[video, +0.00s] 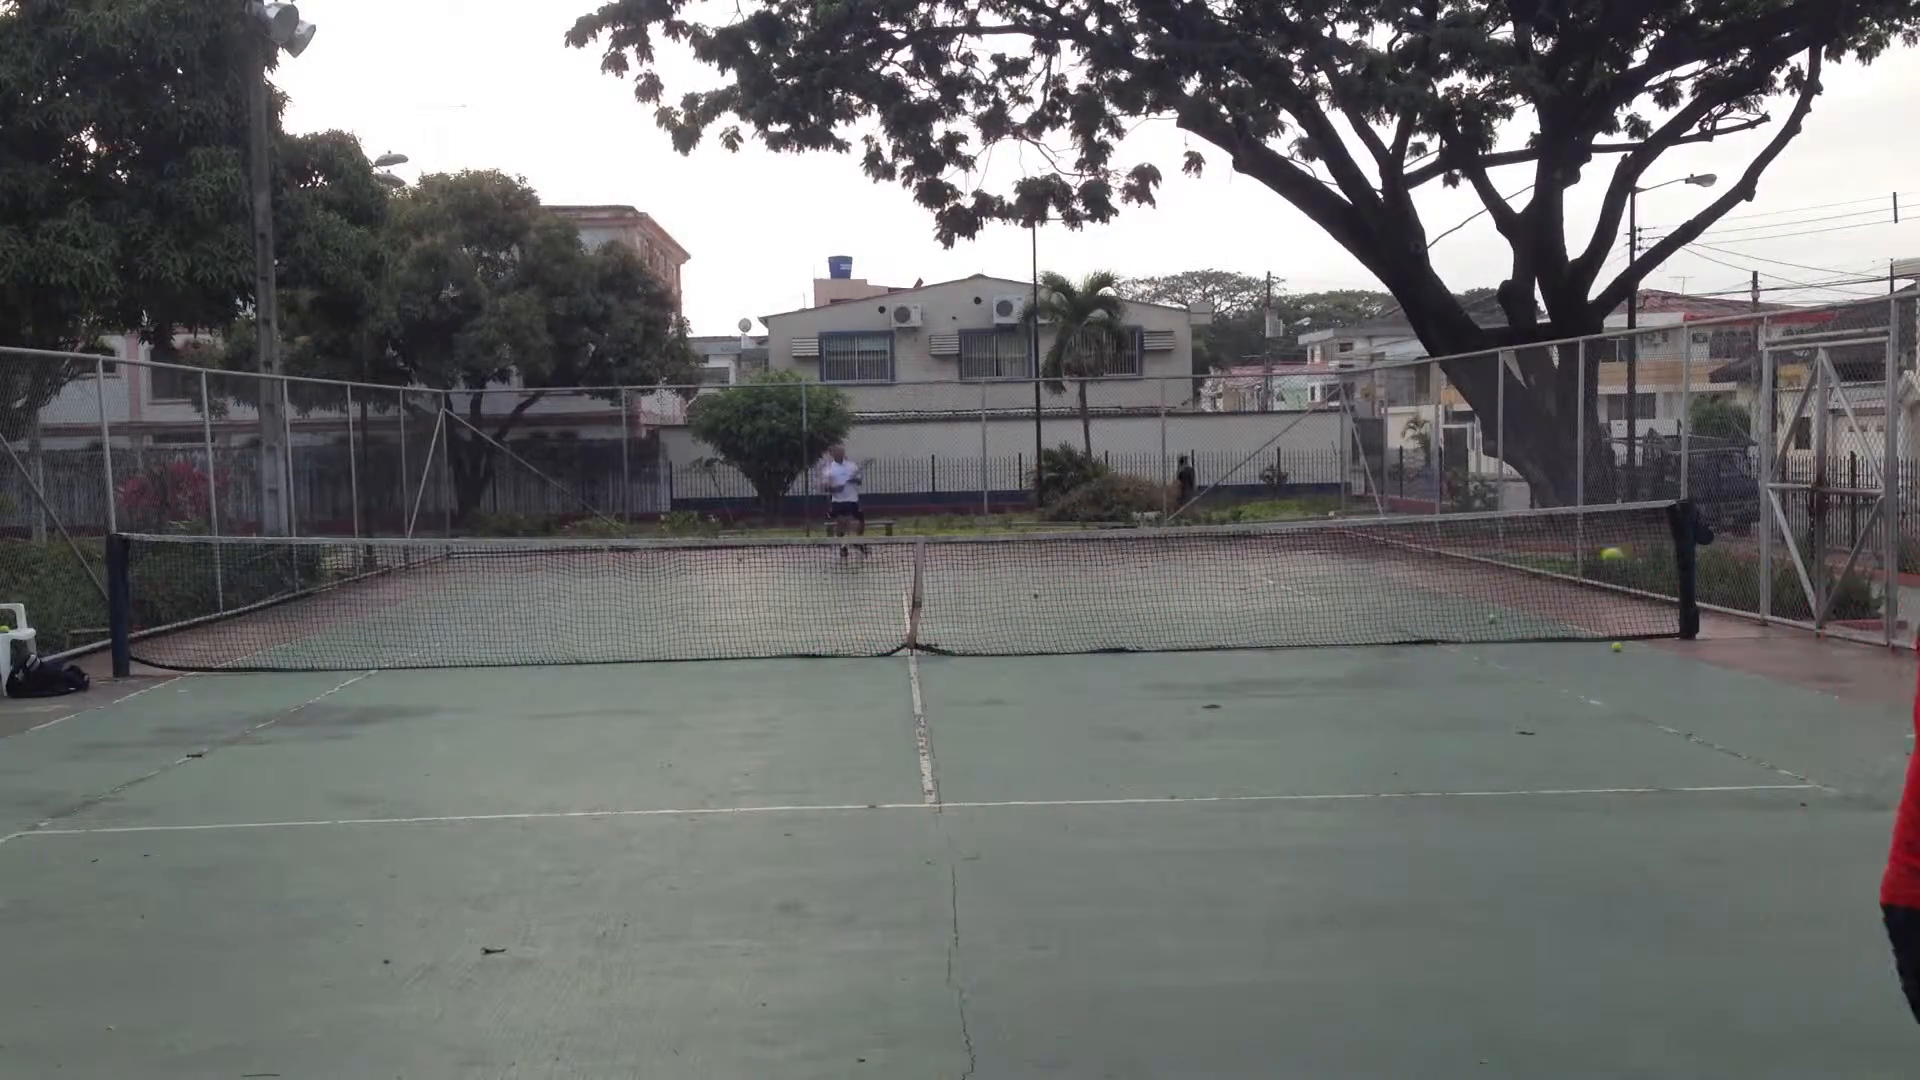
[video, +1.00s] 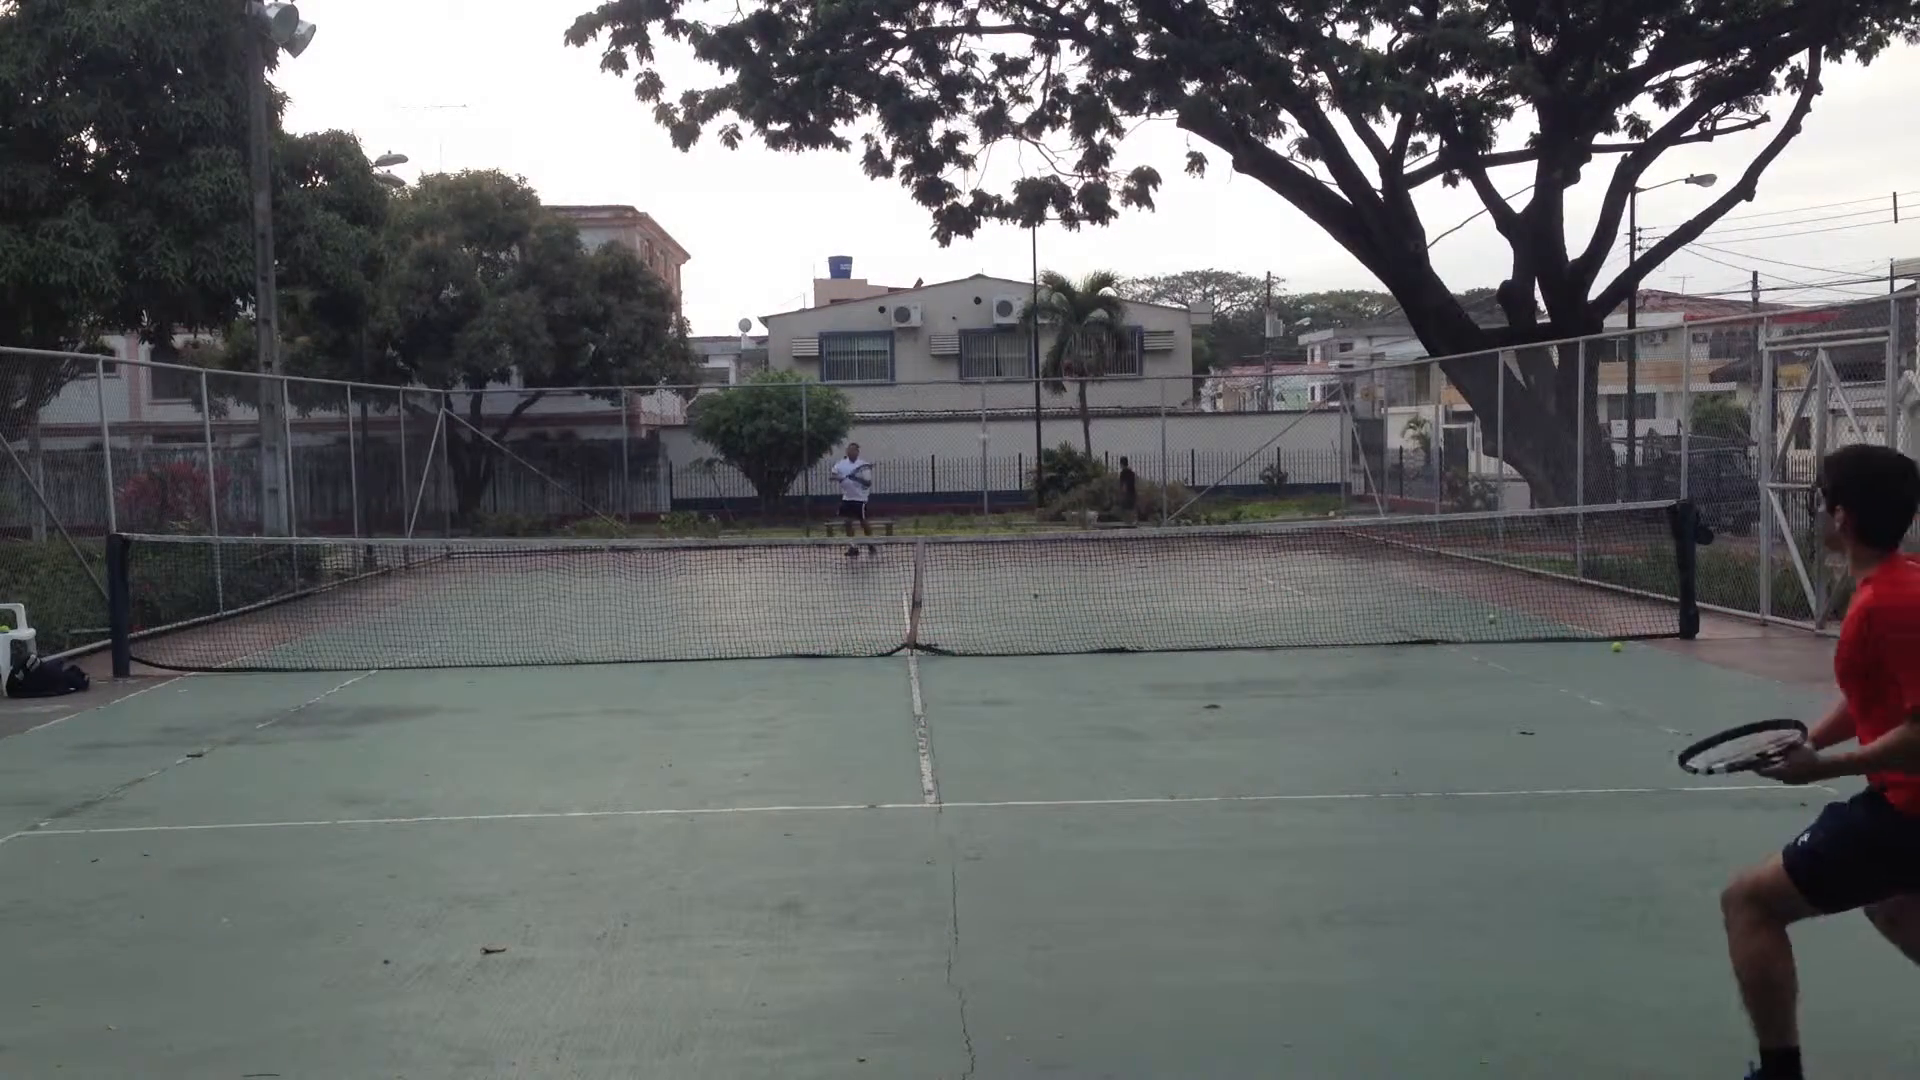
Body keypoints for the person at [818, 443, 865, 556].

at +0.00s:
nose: (839, 455)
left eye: (840, 453)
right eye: (836, 453)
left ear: (844, 453)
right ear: (832, 454)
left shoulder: (851, 466)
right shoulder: (829, 468)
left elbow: (859, 480)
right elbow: (825, 485)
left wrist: (854, 479)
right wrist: (836, 487)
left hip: (852, 500)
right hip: (837, 500)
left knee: (858, 523)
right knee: (840, 524)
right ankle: (842, 545)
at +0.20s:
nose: (853, 455)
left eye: (854, 453)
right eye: (850, 453)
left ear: (857, 453)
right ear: (846, 454)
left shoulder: (863, 465)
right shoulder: (841, 468)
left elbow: (872, 480)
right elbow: (836, 486)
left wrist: (868, 480)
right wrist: (848, 487)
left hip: (865, 500)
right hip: (849, 501)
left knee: (873, 523)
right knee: (847, 524)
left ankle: (881, 544)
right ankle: (843, 545)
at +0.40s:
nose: (860, 455)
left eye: (862, 452)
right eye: (858, 452)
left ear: (865, 452)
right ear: (854, 453)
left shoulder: (873, 464)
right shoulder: (850, 467)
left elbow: (881, 479)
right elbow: (845, 484)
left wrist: (876, 478)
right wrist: (858, 486)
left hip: (873, 499)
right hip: (858, 500)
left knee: (878, 523)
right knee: (853, 522)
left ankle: (881, 544)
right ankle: (847, 544)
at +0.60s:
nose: (862, 452)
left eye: (864, 449)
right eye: (860, 449)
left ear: (867, 450)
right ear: (856, 451)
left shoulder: (875, 463)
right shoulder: (852, 465)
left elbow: (883, 479)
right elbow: (847, 482)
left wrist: (879, 478)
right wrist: (858, 485)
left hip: (873, 499)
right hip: (858, 499)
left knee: (878, 522)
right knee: (853, 522)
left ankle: (881, 545)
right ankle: (851, 546)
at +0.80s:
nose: (859, 453)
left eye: (861, 451)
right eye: (857, 451)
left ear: (864, 452)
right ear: (853, 452)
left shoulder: (871, 464)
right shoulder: (847, 466)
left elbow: (879, 481)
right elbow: (839, 480)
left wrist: (870, 478)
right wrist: (850, 483)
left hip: (868, 499)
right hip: (853, 499)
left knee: (873, 522)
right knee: (850, 522)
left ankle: (881, 543)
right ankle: (851, 545)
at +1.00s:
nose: (853, 453)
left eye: (855, 450)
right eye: (851, 450)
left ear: (858, 452)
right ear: (847, 452)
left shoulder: (863, 465)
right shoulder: (841, 464)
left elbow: (868, 482)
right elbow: (832, 475)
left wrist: (855, 477)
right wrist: (842, 477)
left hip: (860, 498)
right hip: (847, 497)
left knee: (863, 522)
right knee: (847, 522)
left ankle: (871, 543)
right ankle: (852, 546)